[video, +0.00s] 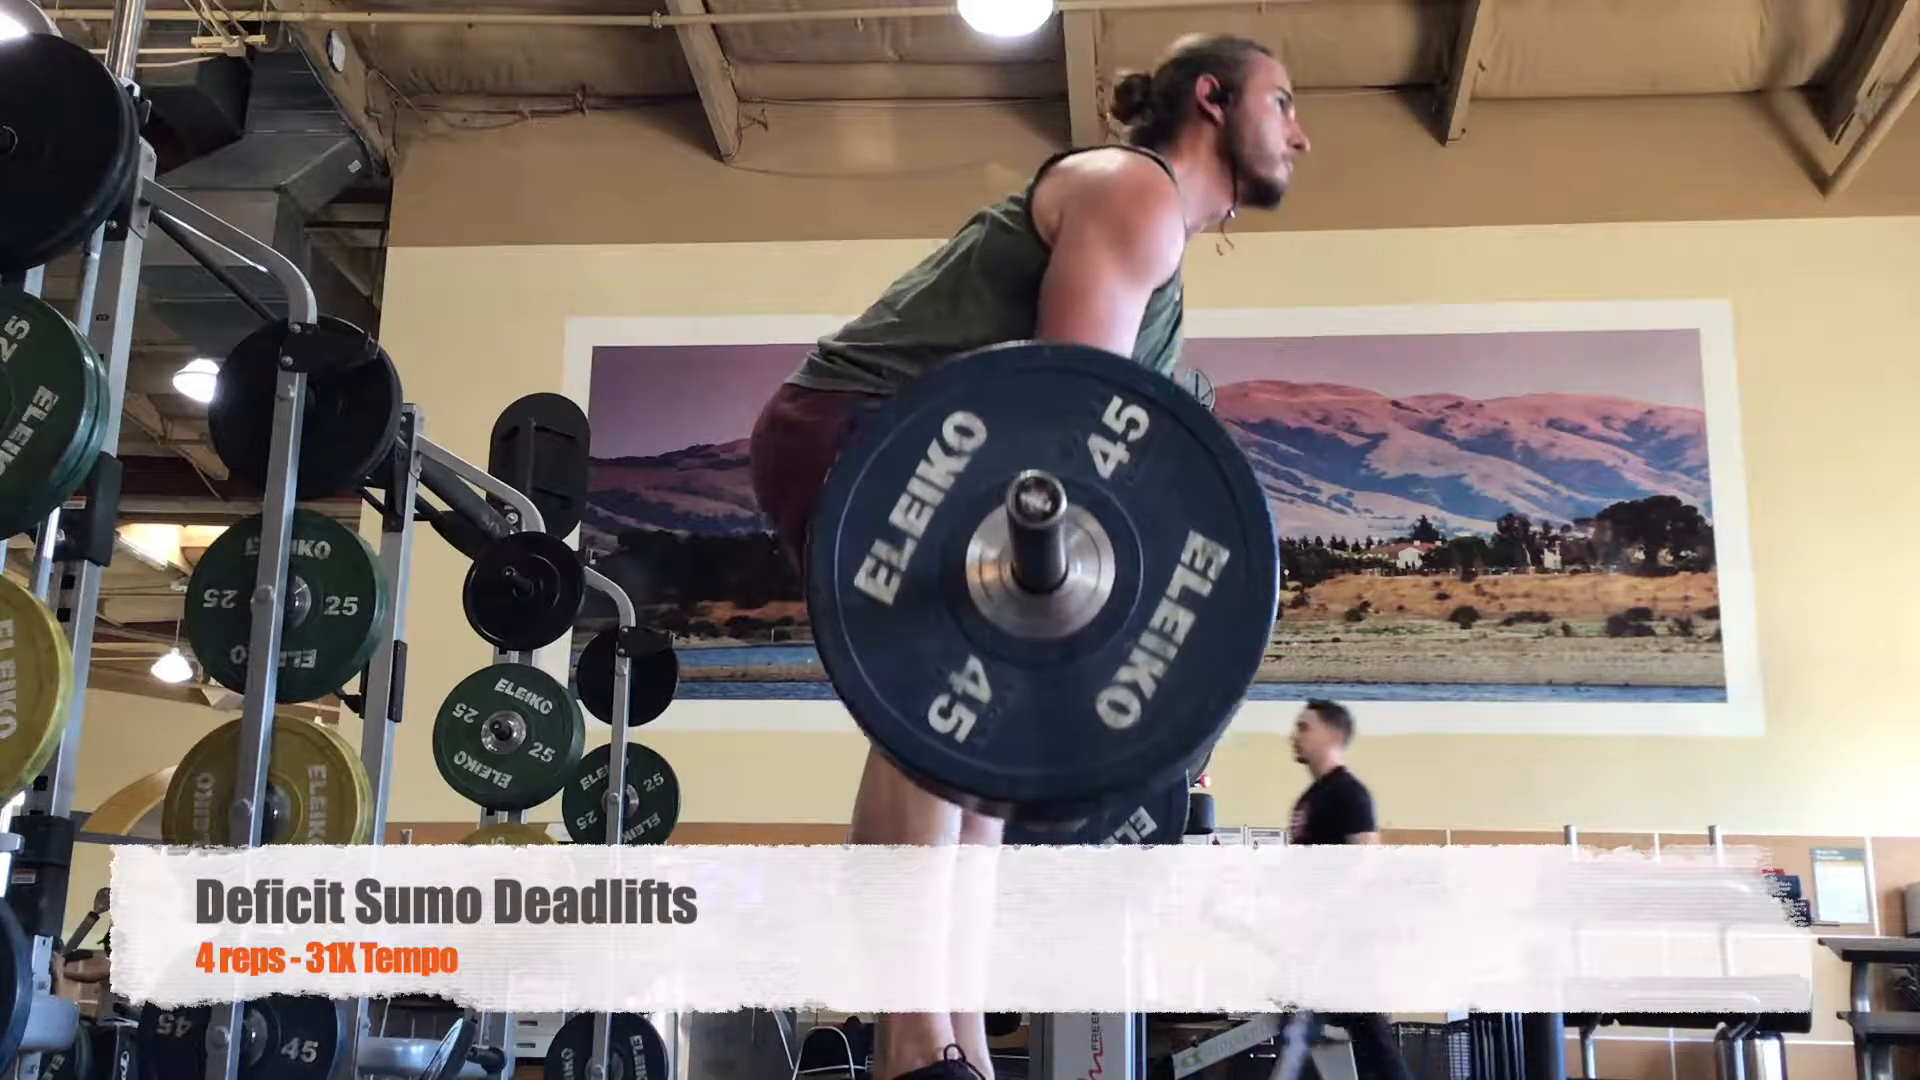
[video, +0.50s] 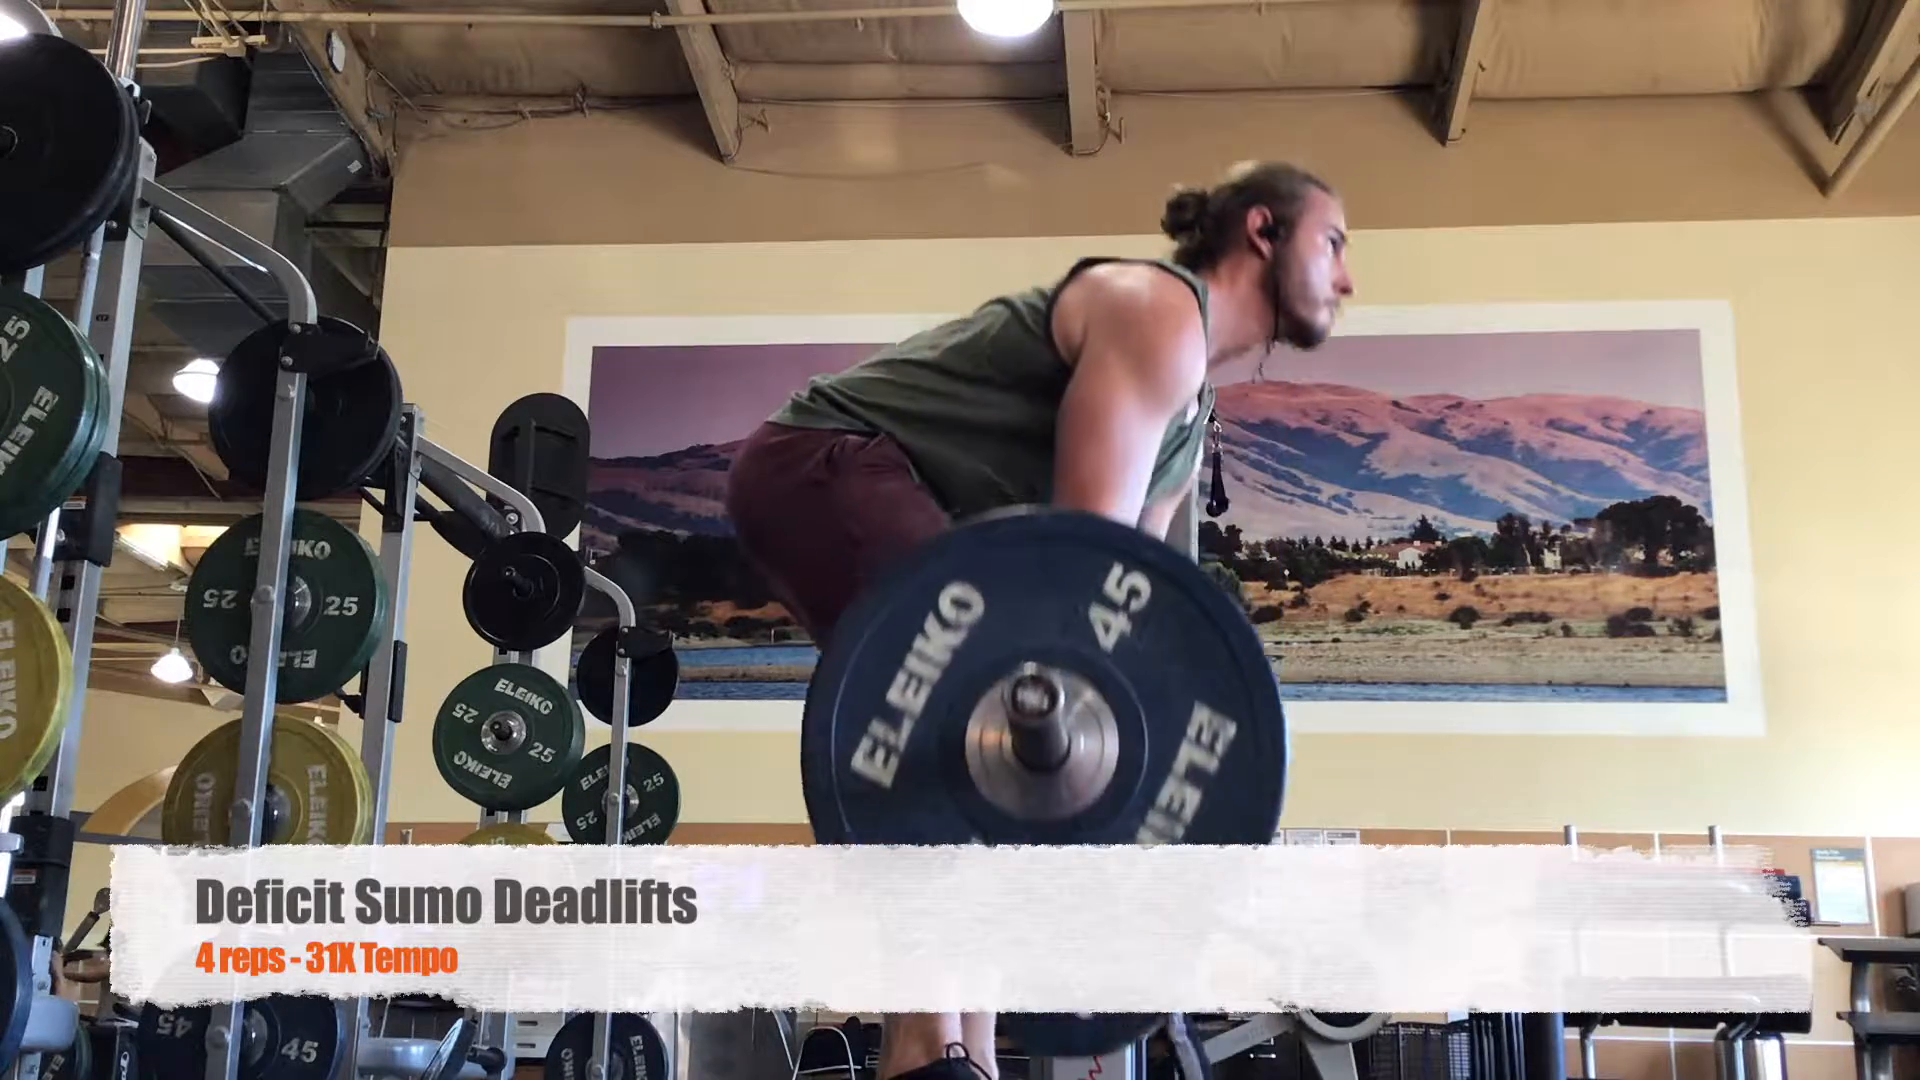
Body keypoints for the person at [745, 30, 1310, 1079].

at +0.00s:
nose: (1299, 129)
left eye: (1297, 108)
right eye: (1282, 103)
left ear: (1221, 116)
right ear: (1209, 106)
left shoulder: (1162, 246)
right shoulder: (1132, 192)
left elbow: (1105, 438)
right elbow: (1069, 407)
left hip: (905, 448)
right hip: (839, 426)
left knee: (991, 721)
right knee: (934, 701)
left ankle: (955, 1029)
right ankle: (907, 1037)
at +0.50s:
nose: (1347, 278)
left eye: (1347, 251)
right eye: (1333, 244)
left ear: (1263, 242)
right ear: (1261, 235)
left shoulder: (1185, 427)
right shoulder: (1154, 314)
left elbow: (1135, 582)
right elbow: (1084, 552)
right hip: (827, 457)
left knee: (996, 746)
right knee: (954, 726)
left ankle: (970, 1043)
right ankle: (923, 1043)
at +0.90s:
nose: (1379, 439)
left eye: (1382, 417)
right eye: (1367, 406)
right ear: (1293, 387)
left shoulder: (1188, 579)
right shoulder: (1166, 457)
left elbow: (1133, 739)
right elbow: (1080, 699)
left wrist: (1134, 894)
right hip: (809, 542)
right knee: (1039, 696)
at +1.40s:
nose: (1387, 342)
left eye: (1390, 320)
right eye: (1375, 308)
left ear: (1304, 294)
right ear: (1301, 286)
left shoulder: (1199, 467)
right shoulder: (1176, 354)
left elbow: (1141, 630)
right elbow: (1082, 582)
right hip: (840, 458)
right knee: (978, 727)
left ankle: (933, 1032)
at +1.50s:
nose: (1361, 258)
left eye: (1364, 235)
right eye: (1350, 225)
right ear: (1274, 206)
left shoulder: (1189, 395)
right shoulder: (1165, 286)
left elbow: (1145, 543)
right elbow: (1089, 502)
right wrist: (1091, 661)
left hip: (911, 466)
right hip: (840, 434)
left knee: (981, 728)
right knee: (945, 713)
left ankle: (965, 1037)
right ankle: (922, 1039)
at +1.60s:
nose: (1313, 149)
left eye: (1312, 133)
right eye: (1295, 125)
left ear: (1229, 134)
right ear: (1224, 123)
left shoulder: (1173, 311)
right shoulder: (1142, 208)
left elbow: (1177, 454)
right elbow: (1085, 397)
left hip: (910, 446)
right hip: (849, 422)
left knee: (974, 728)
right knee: (941, 713)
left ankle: (956, 1038)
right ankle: (922, 1040)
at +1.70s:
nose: (1246, 57)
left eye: (1237, 35)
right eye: (1224, 31)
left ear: (1162, 60)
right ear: (1161, 54)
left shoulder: (1136, 168)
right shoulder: (1114, 133)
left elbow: (1080, 349)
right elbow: (1060, 311)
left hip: (934, 429)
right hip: (858, 413)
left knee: (978, 722)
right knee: (921, 705)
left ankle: (959, 1031)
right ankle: (912, 1039)